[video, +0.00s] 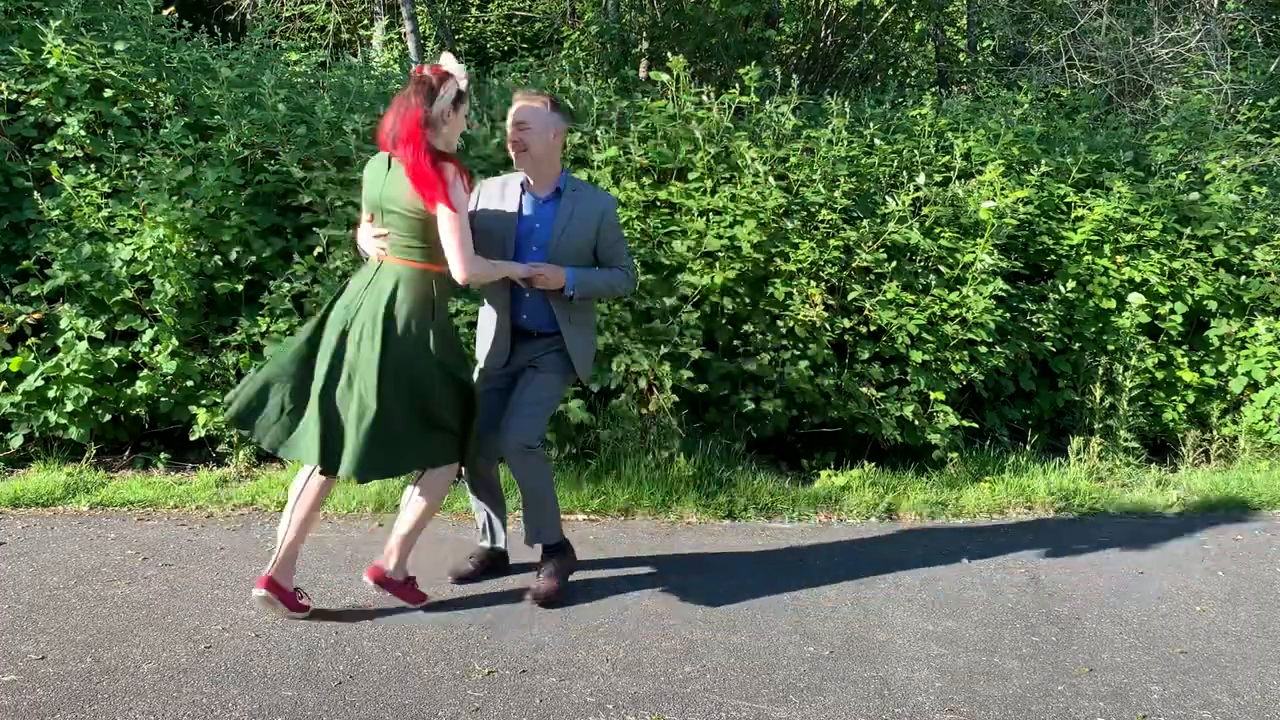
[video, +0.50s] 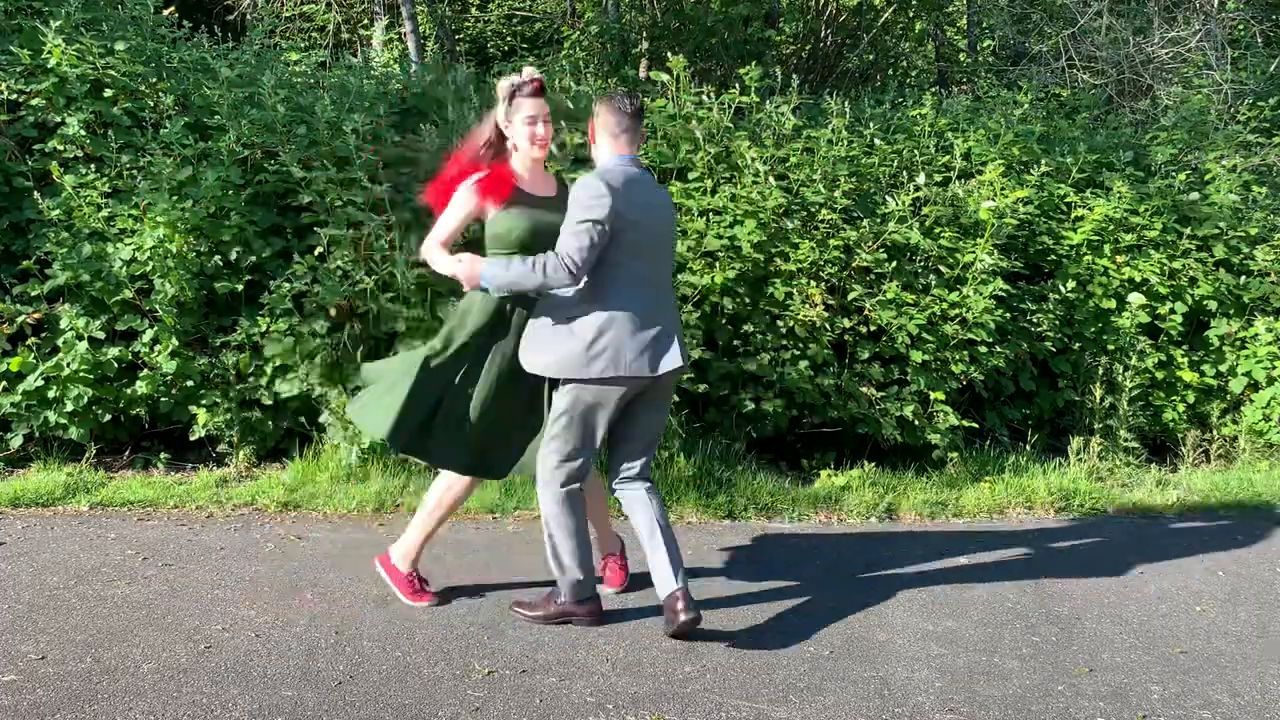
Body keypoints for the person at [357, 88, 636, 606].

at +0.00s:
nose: (512, 136)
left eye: (525, 127)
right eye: (509, 127)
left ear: (560, 135)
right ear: (507, 136)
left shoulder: (596, 206)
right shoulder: (487, 193)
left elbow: (624, 278)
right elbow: (437, 238)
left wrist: (567, 277)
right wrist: (370, 236)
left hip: (558, 349)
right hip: (499, 345)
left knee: (519, 441)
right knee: (476, 445)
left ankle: (553, 552)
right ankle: (493, 547)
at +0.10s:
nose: (518, 141)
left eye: (527, 131)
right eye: (519, 132)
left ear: (562, 137)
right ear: (551, 141)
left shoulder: (611, 210)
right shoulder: (514, 206)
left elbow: (646, 278)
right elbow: (462, 248)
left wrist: (585, 288)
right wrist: (389, 241)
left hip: (574, 356)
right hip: (523, 352)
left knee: (525, 456)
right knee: (489, 452)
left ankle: (570, 586)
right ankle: (493, 550)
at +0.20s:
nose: (532, 147)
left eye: (537, 136)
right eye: (536, 137)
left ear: (557, 137)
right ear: (571, 140)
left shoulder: (618, 198)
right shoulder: (544, 204)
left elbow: (655, 269)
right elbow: (499, 246)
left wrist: (580, 271)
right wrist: (439, 244)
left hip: (592, 356)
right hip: (549, 352)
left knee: (543, 464)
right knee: (516, 453)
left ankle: (578, 593)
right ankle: (496, 551)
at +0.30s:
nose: (553, 140)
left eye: (555, 129)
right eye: (556, 129)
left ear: (568, 126)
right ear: (593, 128)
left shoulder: (617, 181)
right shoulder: (580, 188)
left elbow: (632, 249)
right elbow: (579, 257)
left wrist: (550, 248)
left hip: (609, 354)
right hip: (583, 353)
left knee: (559, 459)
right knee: (540, 444)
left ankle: (580, 596)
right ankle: (552, 559)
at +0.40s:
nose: (568, 134)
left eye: (570, 124)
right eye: (571, 125)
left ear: (580, 127)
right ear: (617, 130)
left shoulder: (608, 182)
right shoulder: (614, 180)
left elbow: (597, 253)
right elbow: (589, 253)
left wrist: (511, 251)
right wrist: (515, 252)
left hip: (602, 355)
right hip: (616, 354)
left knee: (563, 466)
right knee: (582, 465)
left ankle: (578, 594)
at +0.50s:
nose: (584, 139)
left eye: (586, 132)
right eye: (590, 133)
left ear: (594, 135)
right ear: (641, 140)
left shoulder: (595, 187)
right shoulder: (659, 196)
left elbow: (569, 266)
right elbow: (635, 266)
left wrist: (486, 272)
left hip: (598, 361)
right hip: (658, 358)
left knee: (558, 471)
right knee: (633, 473)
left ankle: (574, 594)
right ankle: (676, 594)